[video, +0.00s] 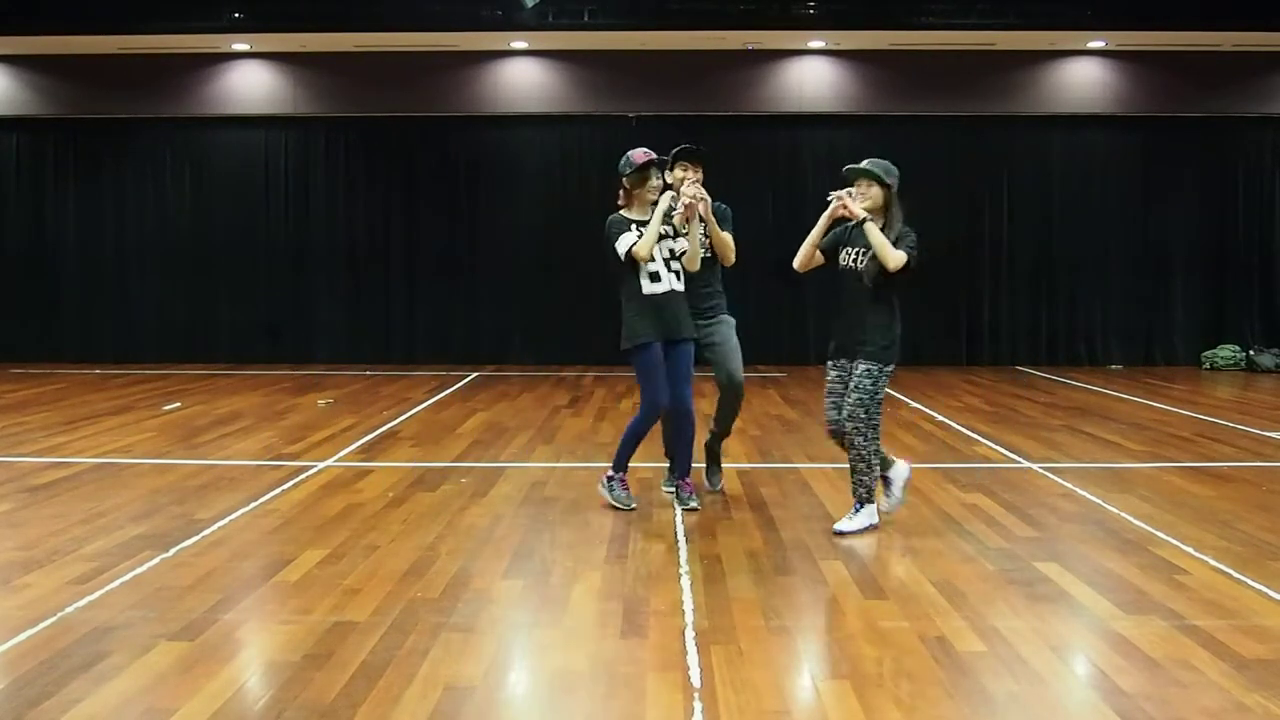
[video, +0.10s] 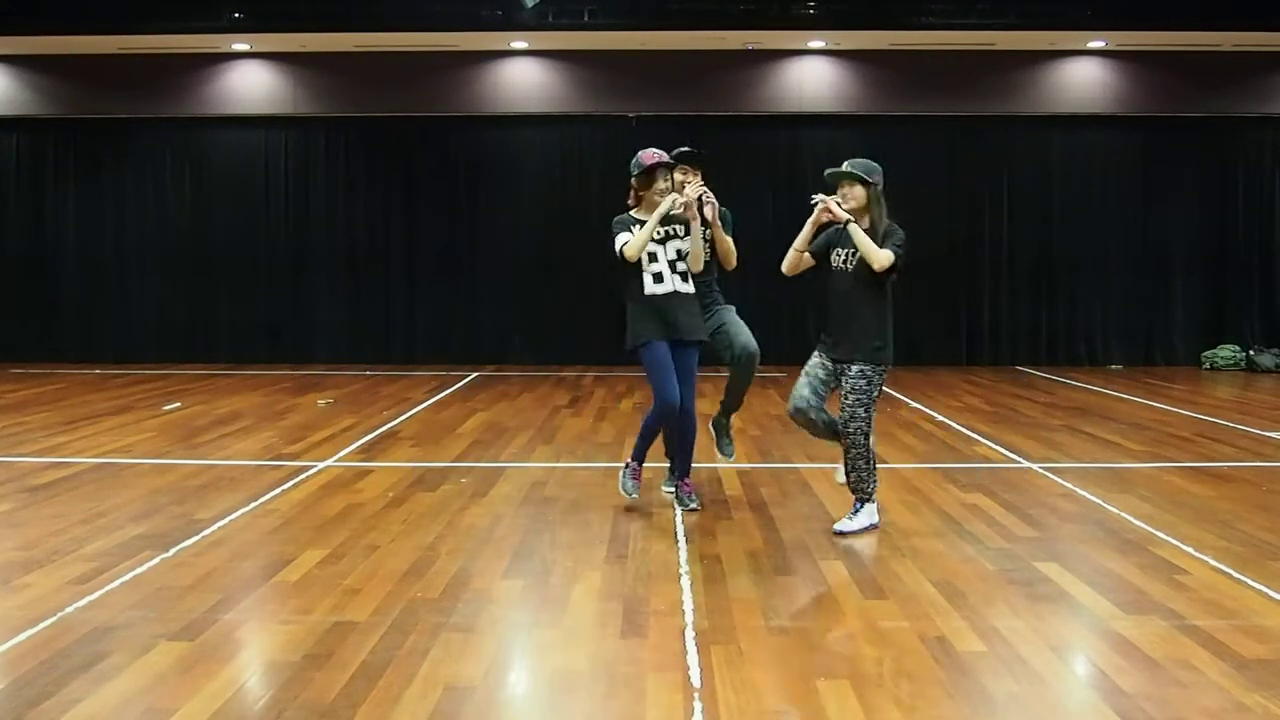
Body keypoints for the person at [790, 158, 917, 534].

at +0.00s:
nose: (858, 192)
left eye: (867, 186)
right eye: (856, 186)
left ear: (887, 191)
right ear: (851, 192)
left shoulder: (901, 234)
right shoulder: (846, 232)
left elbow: (894, 262)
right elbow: (801, 264)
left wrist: (863, 220)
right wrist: (826, 219)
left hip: (877, 345)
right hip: (843, 342)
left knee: (860, 425)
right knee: (837, 426)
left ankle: (865, 506)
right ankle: (892, 469)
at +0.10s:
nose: (844, 191)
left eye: (852, 185)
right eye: (841, 185)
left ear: (872, 190)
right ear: (838, 193)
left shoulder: (890, 233)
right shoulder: (835, 234)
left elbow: (880, 262)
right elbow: (790, 267)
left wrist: (846, 221)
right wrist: (812, 224)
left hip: (868, 353)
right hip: (830, 346)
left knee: (853, 431)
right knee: (801, 408)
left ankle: (866, 505)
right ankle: (855, 440)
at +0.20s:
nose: (828, 174)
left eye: (837, 169)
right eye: (828, 168)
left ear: (859, 178)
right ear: (828, 180)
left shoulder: (875, 222)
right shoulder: (821, 222)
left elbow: (865, 243)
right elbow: (766, 255)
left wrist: (834, 204)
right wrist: (796, 213)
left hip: (861, 342)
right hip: (825, 332)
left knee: (855, 425)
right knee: (787, 379)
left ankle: (865, 503)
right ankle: (823, 441)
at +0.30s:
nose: (818, 161)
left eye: (828, 158)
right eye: (818, 157)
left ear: (847, 172)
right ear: (817, 173)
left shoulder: (860, 214)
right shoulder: (805, 215)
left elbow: (843, 235)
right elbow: (752, 249)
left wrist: (814, 193)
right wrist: (780, 206)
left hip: (853, 332)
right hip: (814, 326)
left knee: (854, 419)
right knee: (786, 387)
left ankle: (863, 499)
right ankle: (801, 471)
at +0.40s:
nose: (802, 173)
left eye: (812, 167)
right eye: (802, 167)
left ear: (834, 177)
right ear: (803, 179)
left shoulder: (849, 221)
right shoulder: (793, 221)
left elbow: (824, 251)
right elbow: (742, 257)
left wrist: (795, 205)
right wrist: (765, 212)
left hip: (838, 342)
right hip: (798, 340)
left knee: (840, 423)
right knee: (788, 422)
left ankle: (861, 499)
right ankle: (797, 510)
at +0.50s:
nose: (791, 187)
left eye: (801, 181)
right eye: (788, 181)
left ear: (821, 187)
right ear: (785, 189)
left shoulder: (841, 234)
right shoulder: (780, 232)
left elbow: (822, 268)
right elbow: (735, 269)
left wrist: (787, 222)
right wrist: (757, 222)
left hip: (819, 350)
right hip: (780, 348)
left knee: (803, 435)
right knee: (779, 434)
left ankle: (841, 478)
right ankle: (799, 514)